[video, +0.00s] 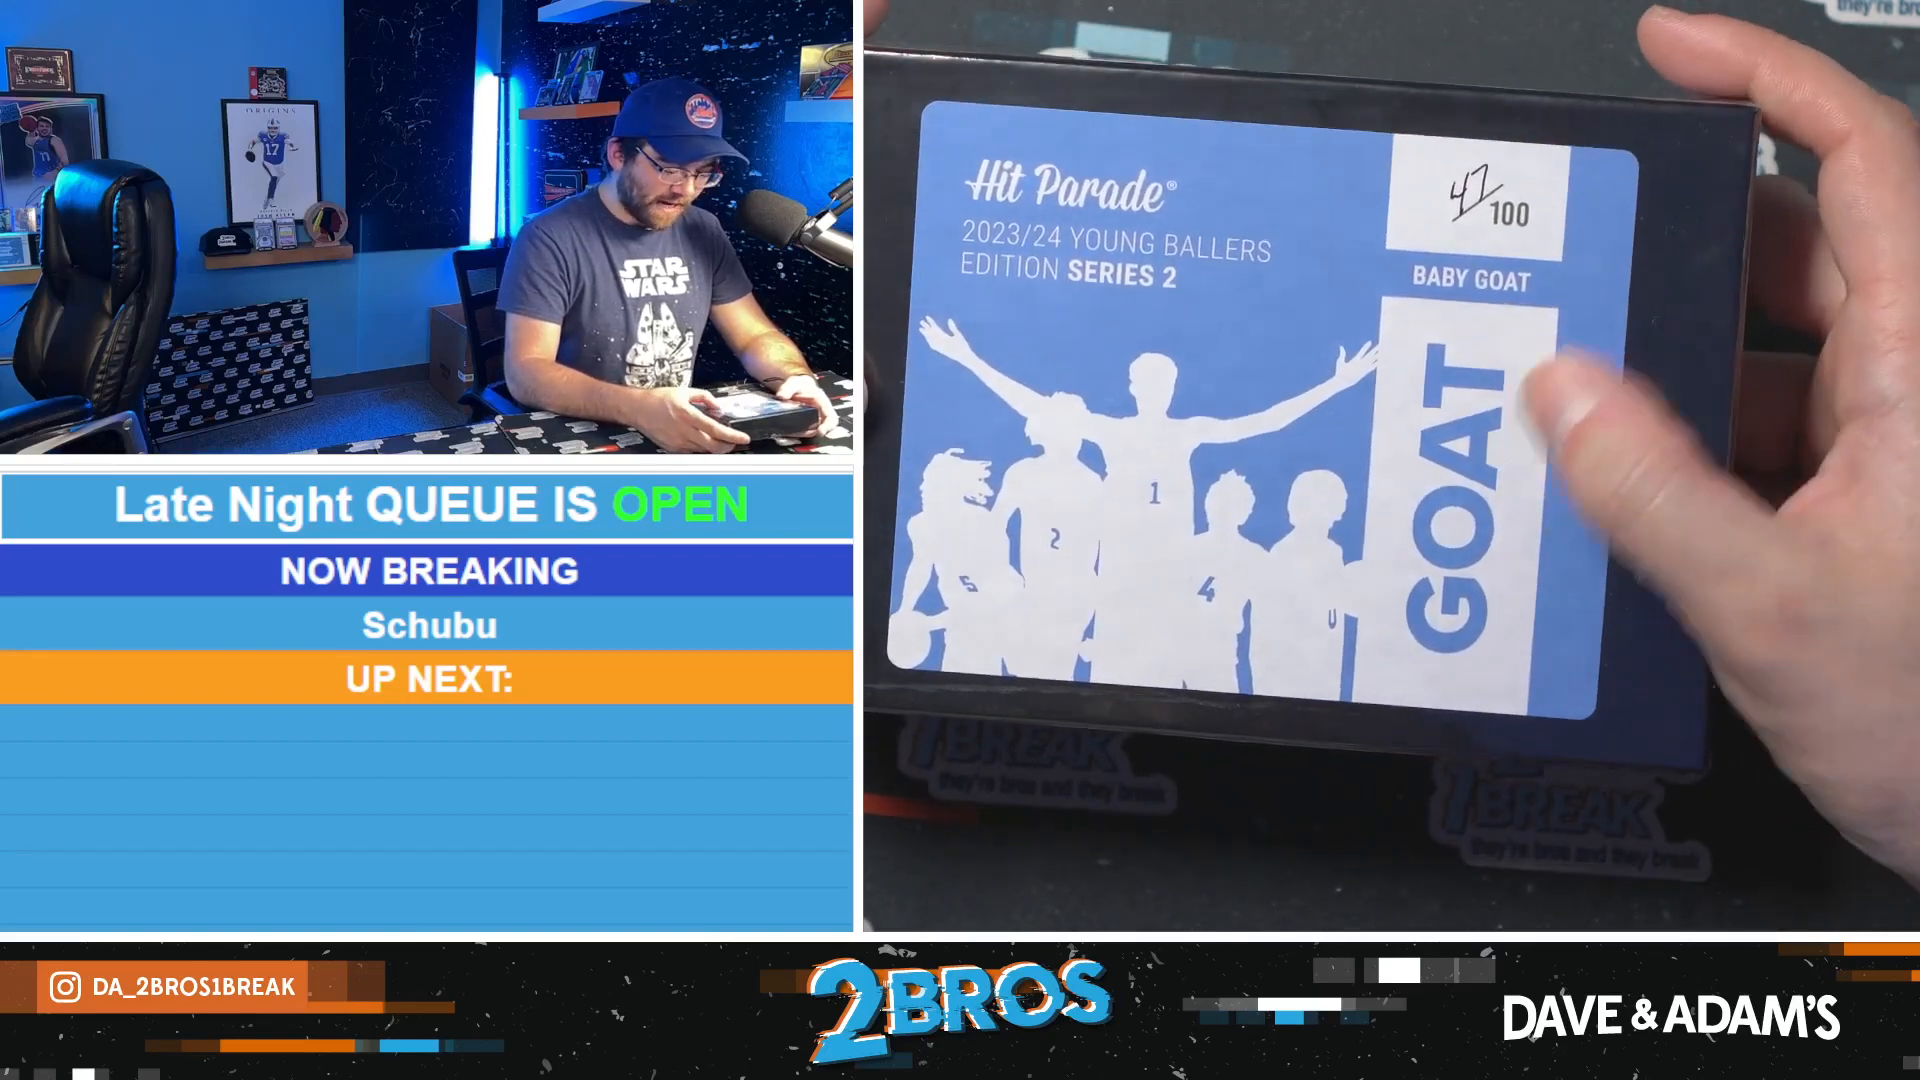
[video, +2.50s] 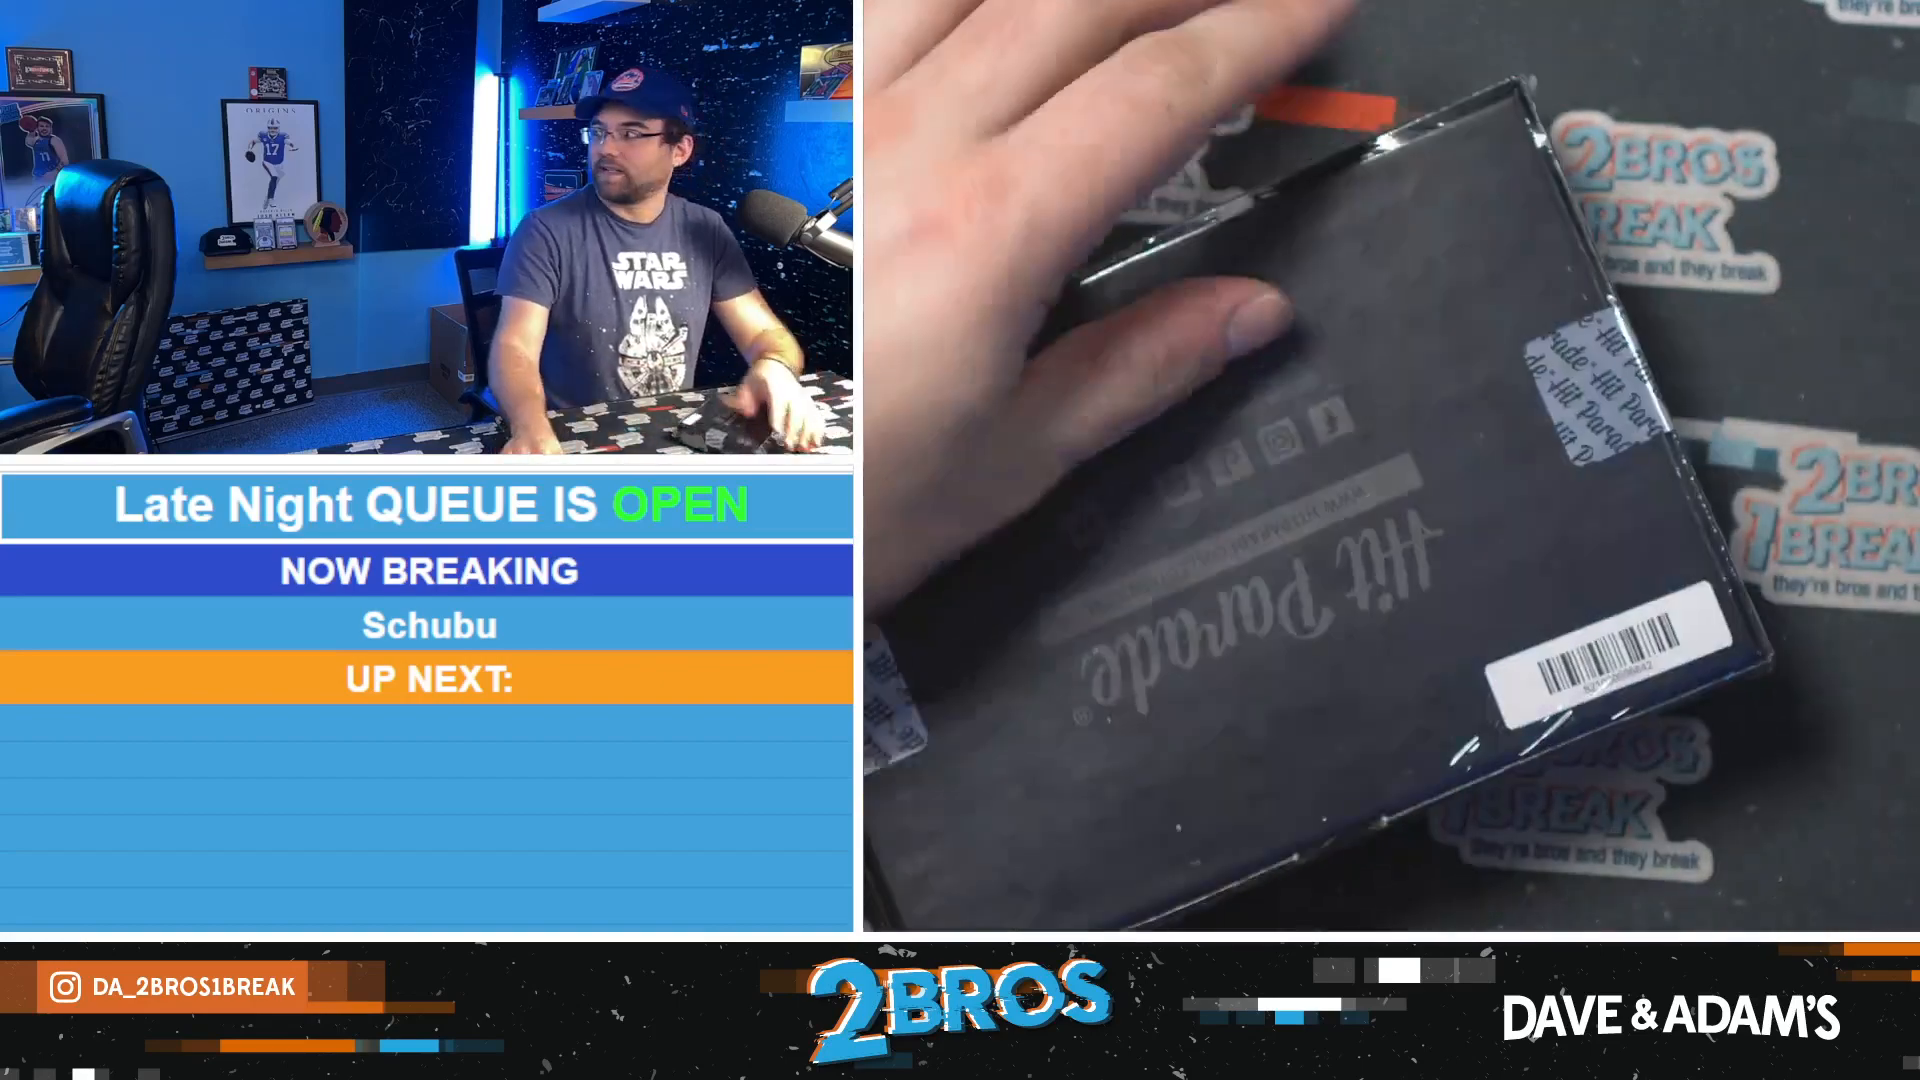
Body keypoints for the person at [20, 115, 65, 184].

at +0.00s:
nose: (44, 128)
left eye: (47, 126)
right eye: (41, 126)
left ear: (50, 128)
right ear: (37, 128)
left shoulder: (55, 140)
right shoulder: (35, 140)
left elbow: (64, 160)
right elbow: (28, 142)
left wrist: (54, 173)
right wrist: (31, 132)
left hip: (51, 177)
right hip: (37, 176)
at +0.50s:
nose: (44, 128)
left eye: (47, 126)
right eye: (41, 126)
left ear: (50, 129)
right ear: (37, 128)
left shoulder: (54, 140)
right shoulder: (35, 140)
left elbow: (64, 160)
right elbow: (28, 142)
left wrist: (54, 173)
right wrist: (31, 133)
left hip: (50, 177)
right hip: (37, 176)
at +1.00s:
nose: (44, 128)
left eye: (47, 126)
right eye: (41, 126)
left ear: (51, 129)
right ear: (37, 128)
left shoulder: (54, 140)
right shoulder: (35, 140)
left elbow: (64, 161)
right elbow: (28, 142)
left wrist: (54, 173)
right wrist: (31, 133)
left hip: (50, 177)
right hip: (37, 176)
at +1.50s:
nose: (44, 128)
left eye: (47, 126)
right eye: (41, 126)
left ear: (51, 128)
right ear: (37, 128)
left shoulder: (54, 140)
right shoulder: (35, 140)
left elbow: (64, 160)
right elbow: (28, 142)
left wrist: (54, 173)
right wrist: (31, 133)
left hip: (50, 177)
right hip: (37, 176)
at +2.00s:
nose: (44, 128)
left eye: (47, 126)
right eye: (41, 126)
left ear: (51, 129)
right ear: (37, 128)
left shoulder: (54, 140)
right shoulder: (35, 140)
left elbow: (64, 161)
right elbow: (28, 142)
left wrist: (54, 173)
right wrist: (31, 133)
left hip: (50, 177)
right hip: (37, 176)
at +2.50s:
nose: (44, 128)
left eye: (47, 126)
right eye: (41, 126)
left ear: (51, 128)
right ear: (37, 128)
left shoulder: (54, 140)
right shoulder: (35, 140)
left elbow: (64, 160)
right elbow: (28, 142)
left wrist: (54, 173)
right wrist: (31, 133)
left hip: (50, 177)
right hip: (37, 176)